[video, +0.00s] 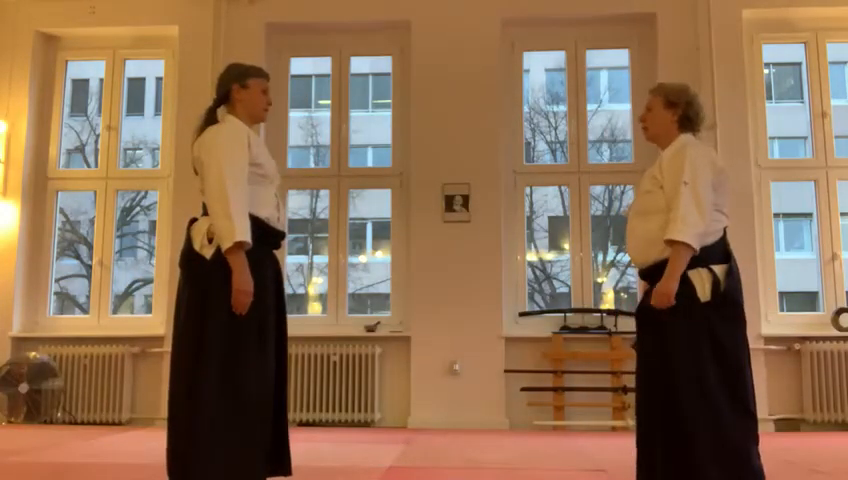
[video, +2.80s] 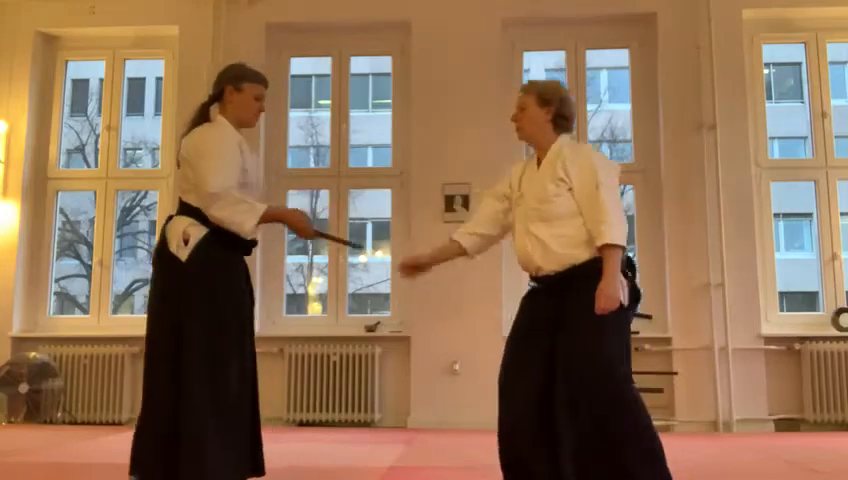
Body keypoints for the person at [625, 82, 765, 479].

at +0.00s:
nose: (642, 117)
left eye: (650, 110)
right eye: (644, 110)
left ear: (674, 113)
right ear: (671, 114)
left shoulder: (689, 152)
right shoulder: (670, 157)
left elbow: (690, 219)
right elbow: (672, 221)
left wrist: (670, 278)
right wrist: (652, 278)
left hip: (692, 282)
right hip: (669, 283)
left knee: (694, 392)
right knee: (669, 394)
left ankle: (705, 474)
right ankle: (675, 474)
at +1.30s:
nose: (626, 120)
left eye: (633, 113)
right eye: (628, 113)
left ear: (659, 119)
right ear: (649, 120)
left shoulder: (675, 152)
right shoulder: (645, 166)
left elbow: (685, 212)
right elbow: (637, 239)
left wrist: (668, 269)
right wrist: (591, 272)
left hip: (688, 279)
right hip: (659, 283)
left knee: (687, 387)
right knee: (653, 388)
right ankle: (661, 472)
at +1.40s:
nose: (622, 120)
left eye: (629, 113)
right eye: (624, 113)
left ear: (654, 116)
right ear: (646, 118)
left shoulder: (673, 152)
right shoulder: (640, 171)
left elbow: (684, 213)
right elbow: (616, 236)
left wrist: (668, 270)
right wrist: (562, 231)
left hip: (684, 282)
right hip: (656, 287)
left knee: (685, 390)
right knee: (645, 391)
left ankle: (694, 472)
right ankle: (653, 473)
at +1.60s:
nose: (612, 117)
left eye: (620, 108)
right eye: (614, 109)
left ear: (646, 112)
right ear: (640, 115)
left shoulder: (665, 149)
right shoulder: (626, 170)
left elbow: (677, 210)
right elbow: (576, 204)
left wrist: (665, 271)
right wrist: (555, 163)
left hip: (667, 281)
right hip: (634, 286)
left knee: (674, 392)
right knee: (636, 394)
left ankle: (688, 472)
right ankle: (640, 473)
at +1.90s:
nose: (580, 110)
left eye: (588, 103)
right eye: (582, 103)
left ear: (615, 108)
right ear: (605, 111)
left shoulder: (645, 153)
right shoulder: (584, 166)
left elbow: (661, 211)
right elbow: (535, 195)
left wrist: (655, 270)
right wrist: (500, 160)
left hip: (646, 280)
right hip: (601, 287)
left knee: (651, 385)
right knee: (570, 379)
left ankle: (667, 471)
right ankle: (570, 471)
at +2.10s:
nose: (541, 116)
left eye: (547, 108)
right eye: (542, 108)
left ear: (575, 112)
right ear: (567, 115)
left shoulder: (614, 158)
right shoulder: (545, 172)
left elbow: (642, 212)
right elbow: (496, 208)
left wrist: (647, 268)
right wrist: (448, 193)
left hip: (622, 282)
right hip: (570, 291)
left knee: (638, 390)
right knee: (548, 388)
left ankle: (665, 474)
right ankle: (552, 474)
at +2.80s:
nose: (514, 118)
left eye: (521, 110)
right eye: (515, 111)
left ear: (547, 112)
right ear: (538, 114)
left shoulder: (585, 158)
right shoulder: (519, 175)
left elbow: (610, 215)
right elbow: (482, 228)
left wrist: (611, 276)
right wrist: (431, 258)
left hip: (594, 284)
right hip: (546, 292)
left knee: (600, 390)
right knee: (520, 386)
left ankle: (641, 477)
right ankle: (532, 476)